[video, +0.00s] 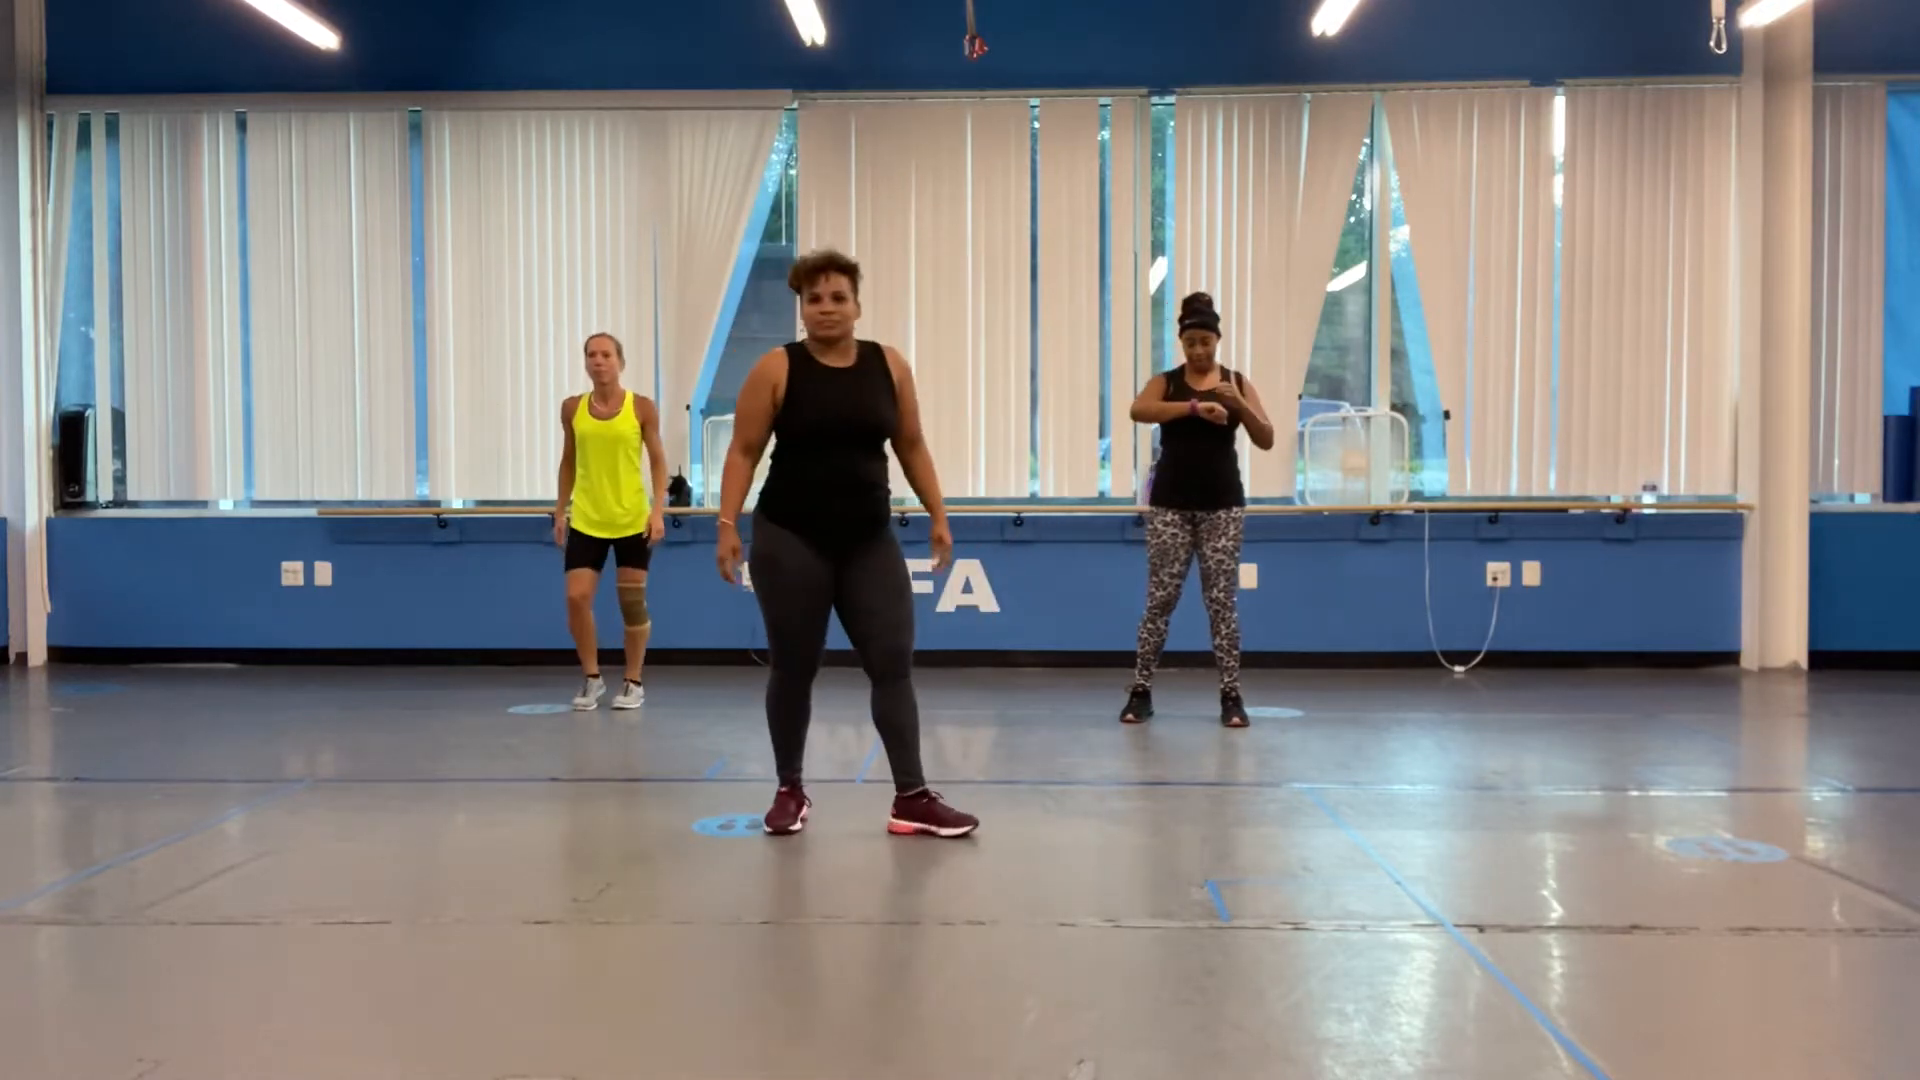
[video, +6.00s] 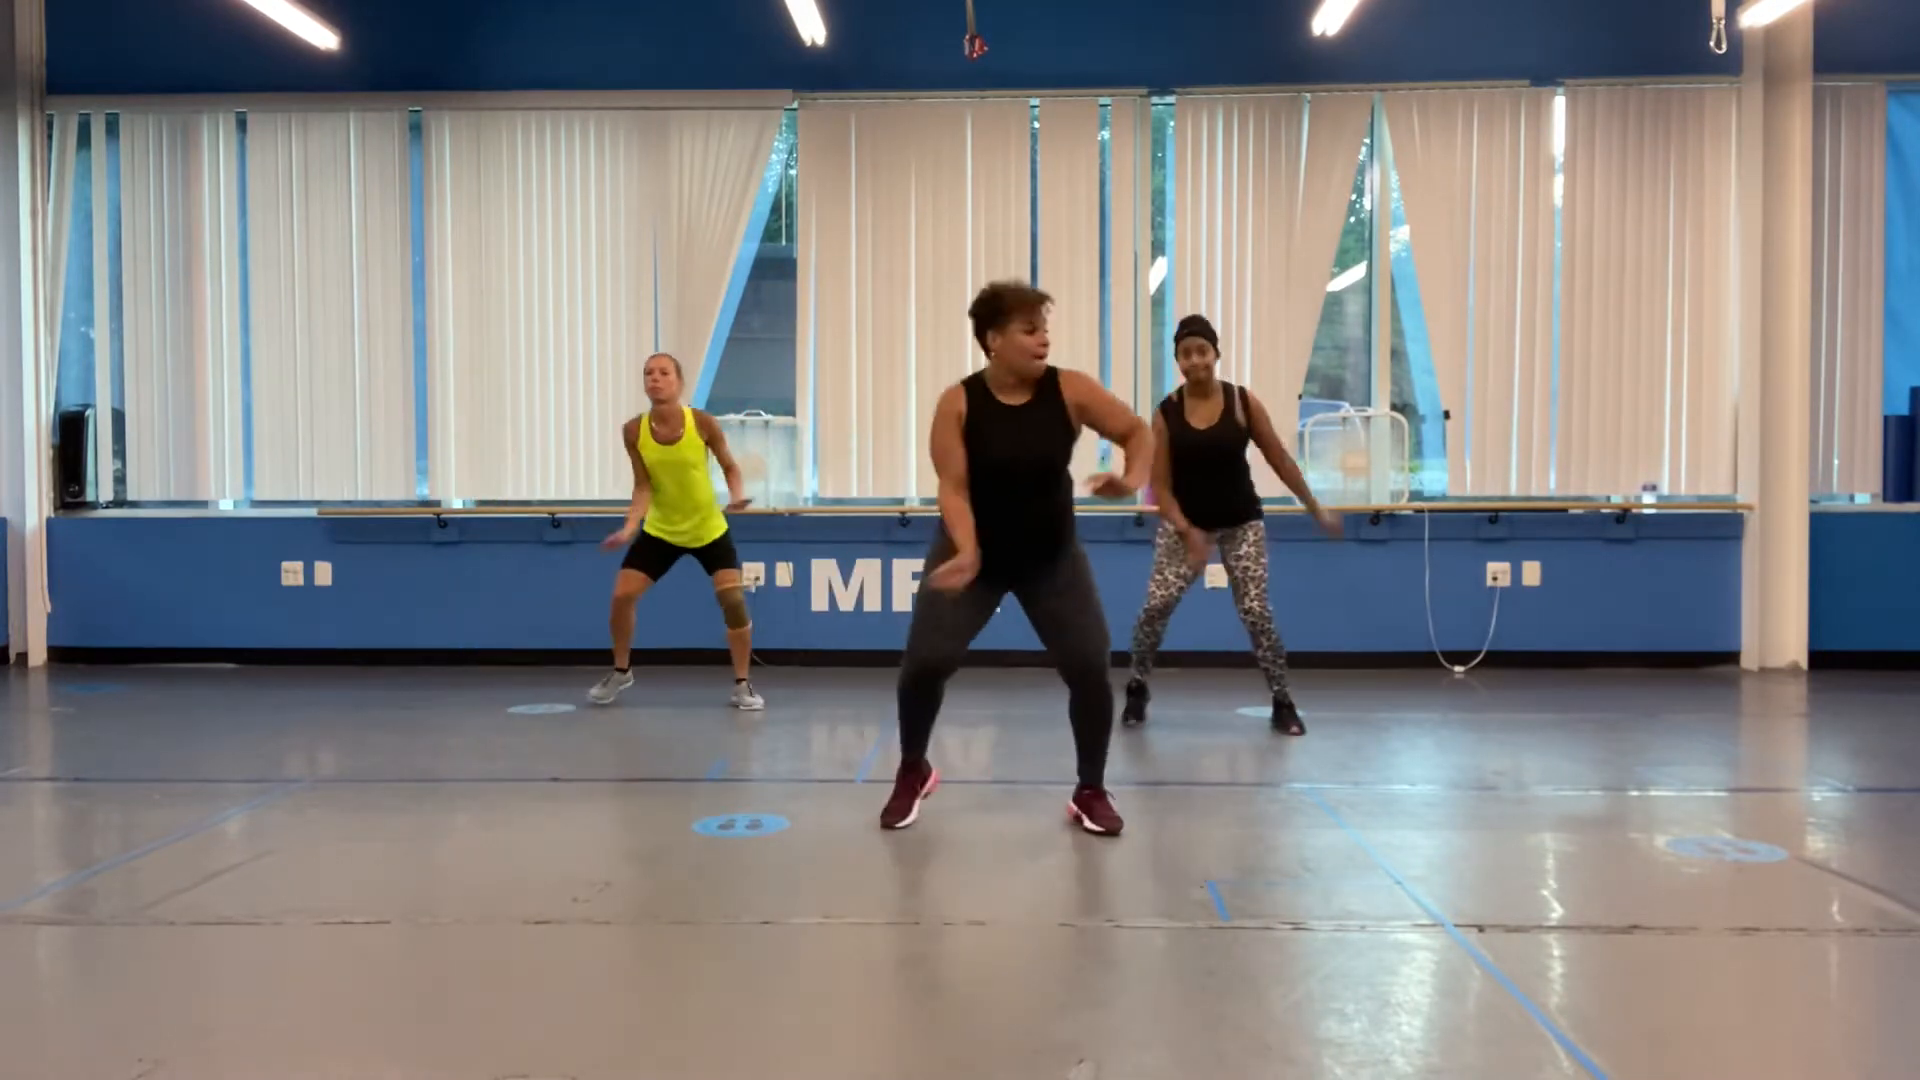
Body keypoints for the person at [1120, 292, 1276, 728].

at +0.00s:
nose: (1198, 349)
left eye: (1205, 341)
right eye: (1191, 341)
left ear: (1217, 341)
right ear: (1181, 342)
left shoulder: (1237, 384)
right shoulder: (1164, 382)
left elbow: (1266, 440)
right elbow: (1139, 411)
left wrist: (1240, 406)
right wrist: (1191, 408)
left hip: (1222, 508)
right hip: (1170, 507)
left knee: (1221, 601)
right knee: (1160, 599)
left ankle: (1231, 696)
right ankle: (1140, 691)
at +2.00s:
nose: (1172, 342)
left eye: (1179, 335)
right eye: (1164, 336)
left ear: (1190, 339)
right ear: (1154, 340)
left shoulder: (1209, 384)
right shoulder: (1135, 388)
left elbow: (1230, 444)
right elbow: (1117, 439)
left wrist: (1220, 435)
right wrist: (1166, 435)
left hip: (1200, 510)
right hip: (1147, 510)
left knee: (1211, 604)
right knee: (1138, 602)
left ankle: (1232, 695)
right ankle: (1118, 693)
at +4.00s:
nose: (1067, 363)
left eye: (1075, 356)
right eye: (1059, 356)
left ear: (1085, 365)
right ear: (1047, 363)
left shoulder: (1103, 414)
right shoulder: (1028, 417)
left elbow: (1145, 462)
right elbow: (1005, 479)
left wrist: (1194, 498)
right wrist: (1055, 473)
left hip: (1106, 528)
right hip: (1051, 532)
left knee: (1121, 613)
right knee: (1039, 612)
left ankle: (1160, 656)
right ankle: (1028, 695)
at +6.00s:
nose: (1194, 360)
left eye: (1201, 352)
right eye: (1186, 354)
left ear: (1216, 355)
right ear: (1178, 361)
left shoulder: (1243, 403)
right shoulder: (1166, 415)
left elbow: (1279, 460)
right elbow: (1160, 486)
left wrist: (1315, 508)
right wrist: (1185, 531)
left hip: (1240, 524)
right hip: (1184, 524)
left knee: (1254, 610)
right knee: (1156, 606)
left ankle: (1283, 702)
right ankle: (1136, 689)